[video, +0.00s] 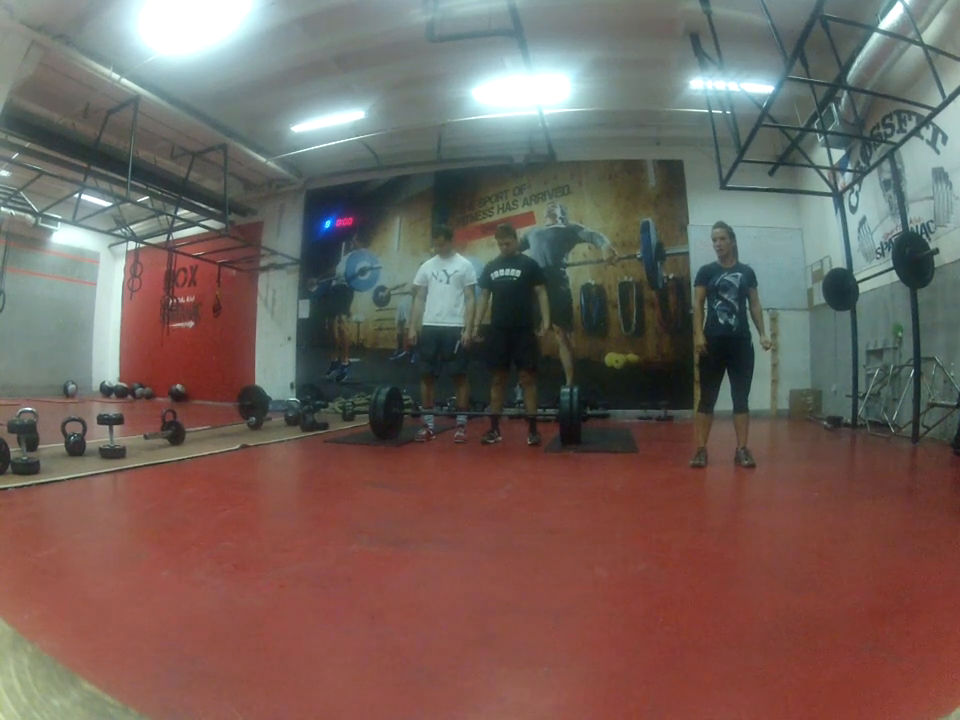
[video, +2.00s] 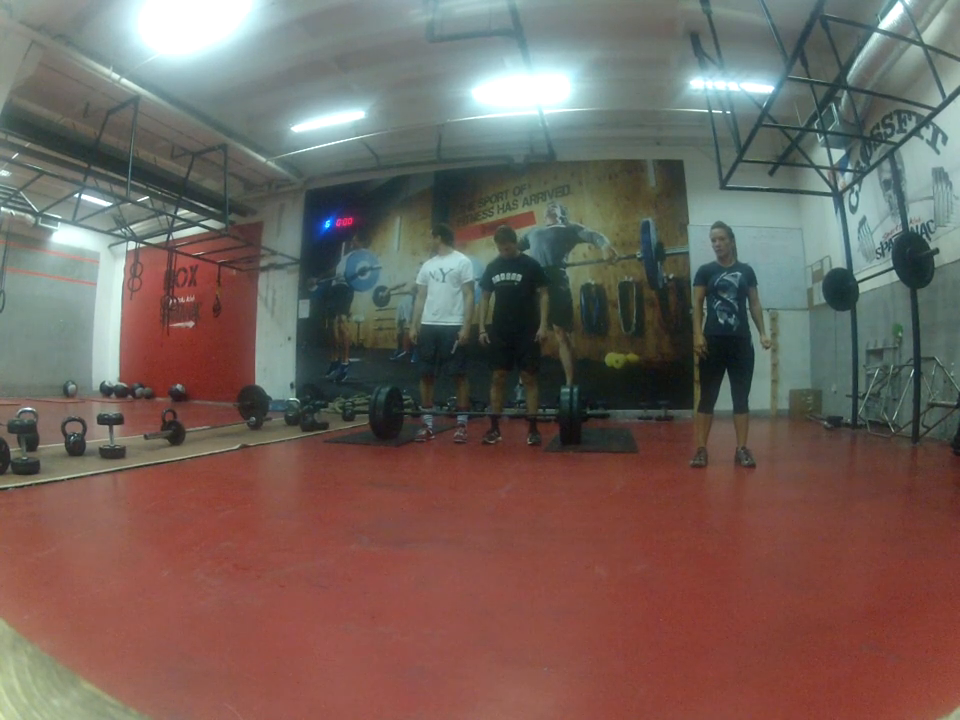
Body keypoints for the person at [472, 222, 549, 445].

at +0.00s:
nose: (505, 247)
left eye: (509, 242)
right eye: (502, 243)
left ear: (517, 241)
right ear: (497, 244)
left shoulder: (529, 264)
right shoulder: (491, 267)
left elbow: (541, 293)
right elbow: (483, 298)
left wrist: (546, 321)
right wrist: (476, 326)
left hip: (525, 329)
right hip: (498, 330)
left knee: (527, 378)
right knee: (498, 378)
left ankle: (532, 429)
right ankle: (494, 428)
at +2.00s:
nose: (504, 252)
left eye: (507, 248)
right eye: (500, 248)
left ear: (515, 243)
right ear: (496, 246)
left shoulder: (531, 265)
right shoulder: (493, 266)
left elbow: (543, 295)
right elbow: (484, 298)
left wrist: (543, 326)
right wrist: (482, 327)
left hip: (527, 330)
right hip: (501, 329)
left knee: (529, 377)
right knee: (498, 377)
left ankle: (533, 428)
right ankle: (494, 428)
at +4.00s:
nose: (498, 241)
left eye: (501, 237)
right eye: (499, 237)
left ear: (511, 238)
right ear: (508, 238)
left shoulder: (533, 262)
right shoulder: (497, 264)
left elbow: (547, 292)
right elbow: (490, 293)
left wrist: (539, 316)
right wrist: (484, 315)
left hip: (524, 328)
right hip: (500, 328)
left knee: (528, 378)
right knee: (499, 377)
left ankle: (533, 429)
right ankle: (495, 428)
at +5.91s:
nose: (509, 250)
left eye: (512, 246)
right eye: (505, 246)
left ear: (519, 243)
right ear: (499, 244)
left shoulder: (533, 265)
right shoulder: (493, 266)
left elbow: (543, 296)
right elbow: (484, 298)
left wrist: (545, 327)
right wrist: (482, 327)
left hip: (527, 329)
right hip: (501, 329)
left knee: (529, 377)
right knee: (499, 378)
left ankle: (533, 428)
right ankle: (495, 428)